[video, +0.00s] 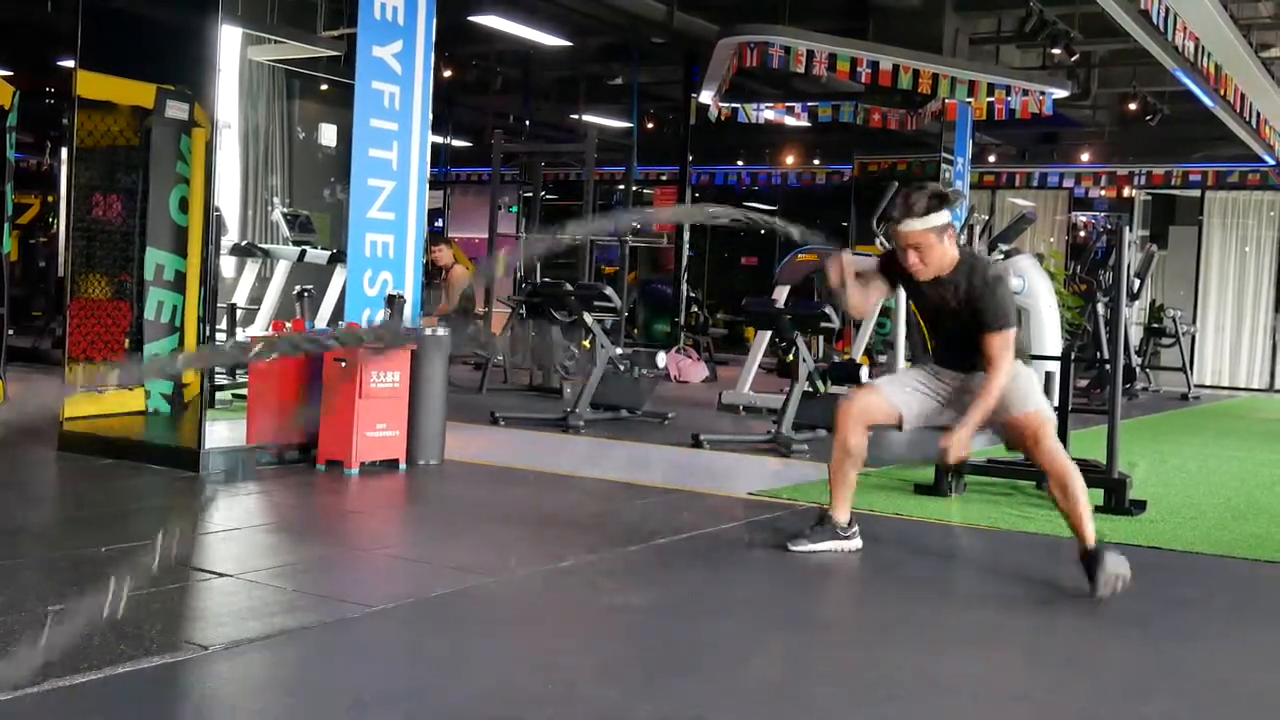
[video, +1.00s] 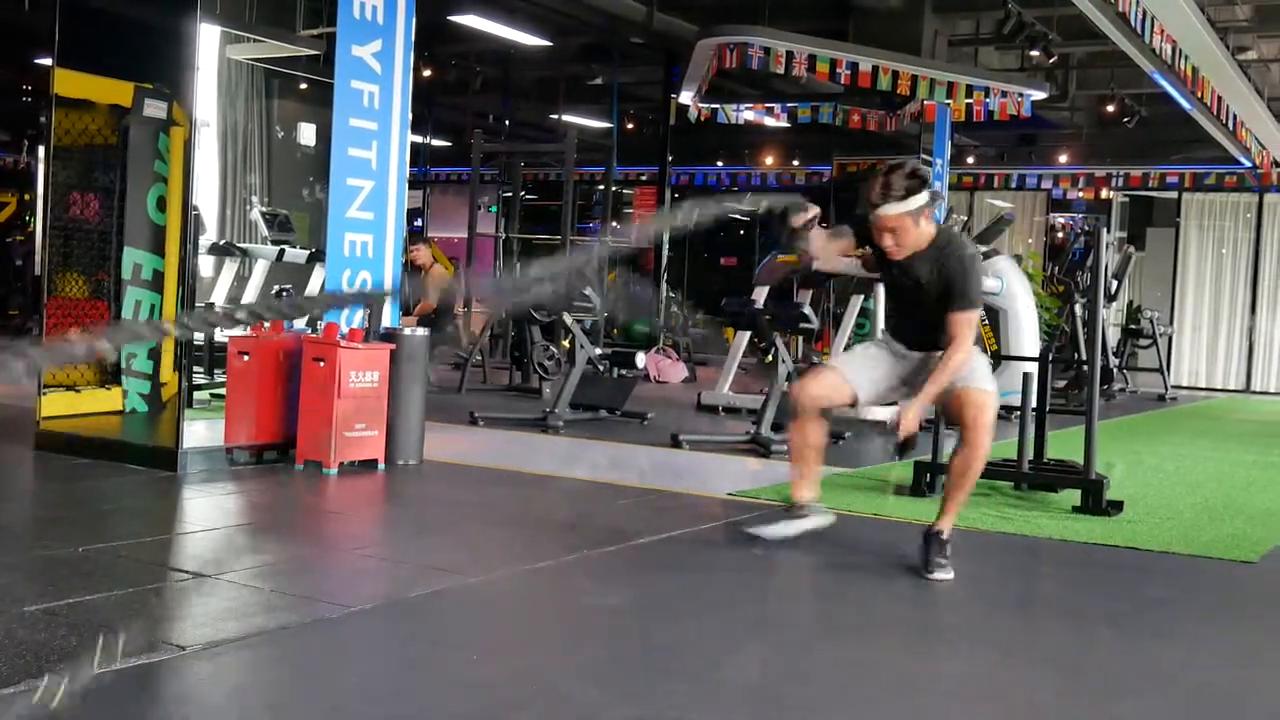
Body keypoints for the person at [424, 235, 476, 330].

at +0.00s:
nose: (436, 255)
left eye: (440, 251)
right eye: (433, 252)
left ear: (451, 250)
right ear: (430, 255)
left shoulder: (457, 272)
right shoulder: (445, 273)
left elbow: (452, 306)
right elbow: (444, 303)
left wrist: (435, 317)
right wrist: (435, 317)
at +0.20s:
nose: (433, 255)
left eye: (437, 250)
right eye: (430, 252)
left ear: (447, 251)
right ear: (427, 255)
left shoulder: (454, 270)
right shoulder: (442, 273)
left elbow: (449, 304)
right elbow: (442, 301)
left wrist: (432, 316)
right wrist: (431, 318)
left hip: (456, 323)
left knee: (414, 321)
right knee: (414, 320)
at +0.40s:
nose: (428, 254)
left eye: (432, 250)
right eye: (425, 251)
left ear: (441, 250)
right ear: (423, 254)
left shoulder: (450, 271)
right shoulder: (437, 271)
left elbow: (445, 303)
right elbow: (437, 300)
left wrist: (427, 317)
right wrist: (426, 317)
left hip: (452, 321)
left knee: (410, 321)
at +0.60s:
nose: (423, 254)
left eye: (428, 250)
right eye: (421, 251)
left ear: (439, 250)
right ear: (418, 254)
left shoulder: (445, 271)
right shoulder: (434, 272)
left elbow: (441, 303)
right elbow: (435, 300)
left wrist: (423, 316)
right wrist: (423, 317)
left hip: (448, 321)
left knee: (407, 321)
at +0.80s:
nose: (419, 255)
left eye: (423, 250)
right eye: (416, 251)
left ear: (433, 250)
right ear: (413, 255)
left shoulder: (440, 271)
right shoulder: (429, 273)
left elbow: (436, 304)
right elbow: (429, 301)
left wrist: (418, 317)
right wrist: (418, 318)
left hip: (443, 322)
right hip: (436, 318)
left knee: (402, 321)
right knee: (401, 320)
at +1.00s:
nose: (414, 255)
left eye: (418, 250)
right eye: (411, 251)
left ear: (429, 250)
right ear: (408, 255)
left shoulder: (436, 271)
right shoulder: (425, 273)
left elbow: (430, 304)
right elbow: (424, 301)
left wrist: (414, 316)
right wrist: (413, 319)